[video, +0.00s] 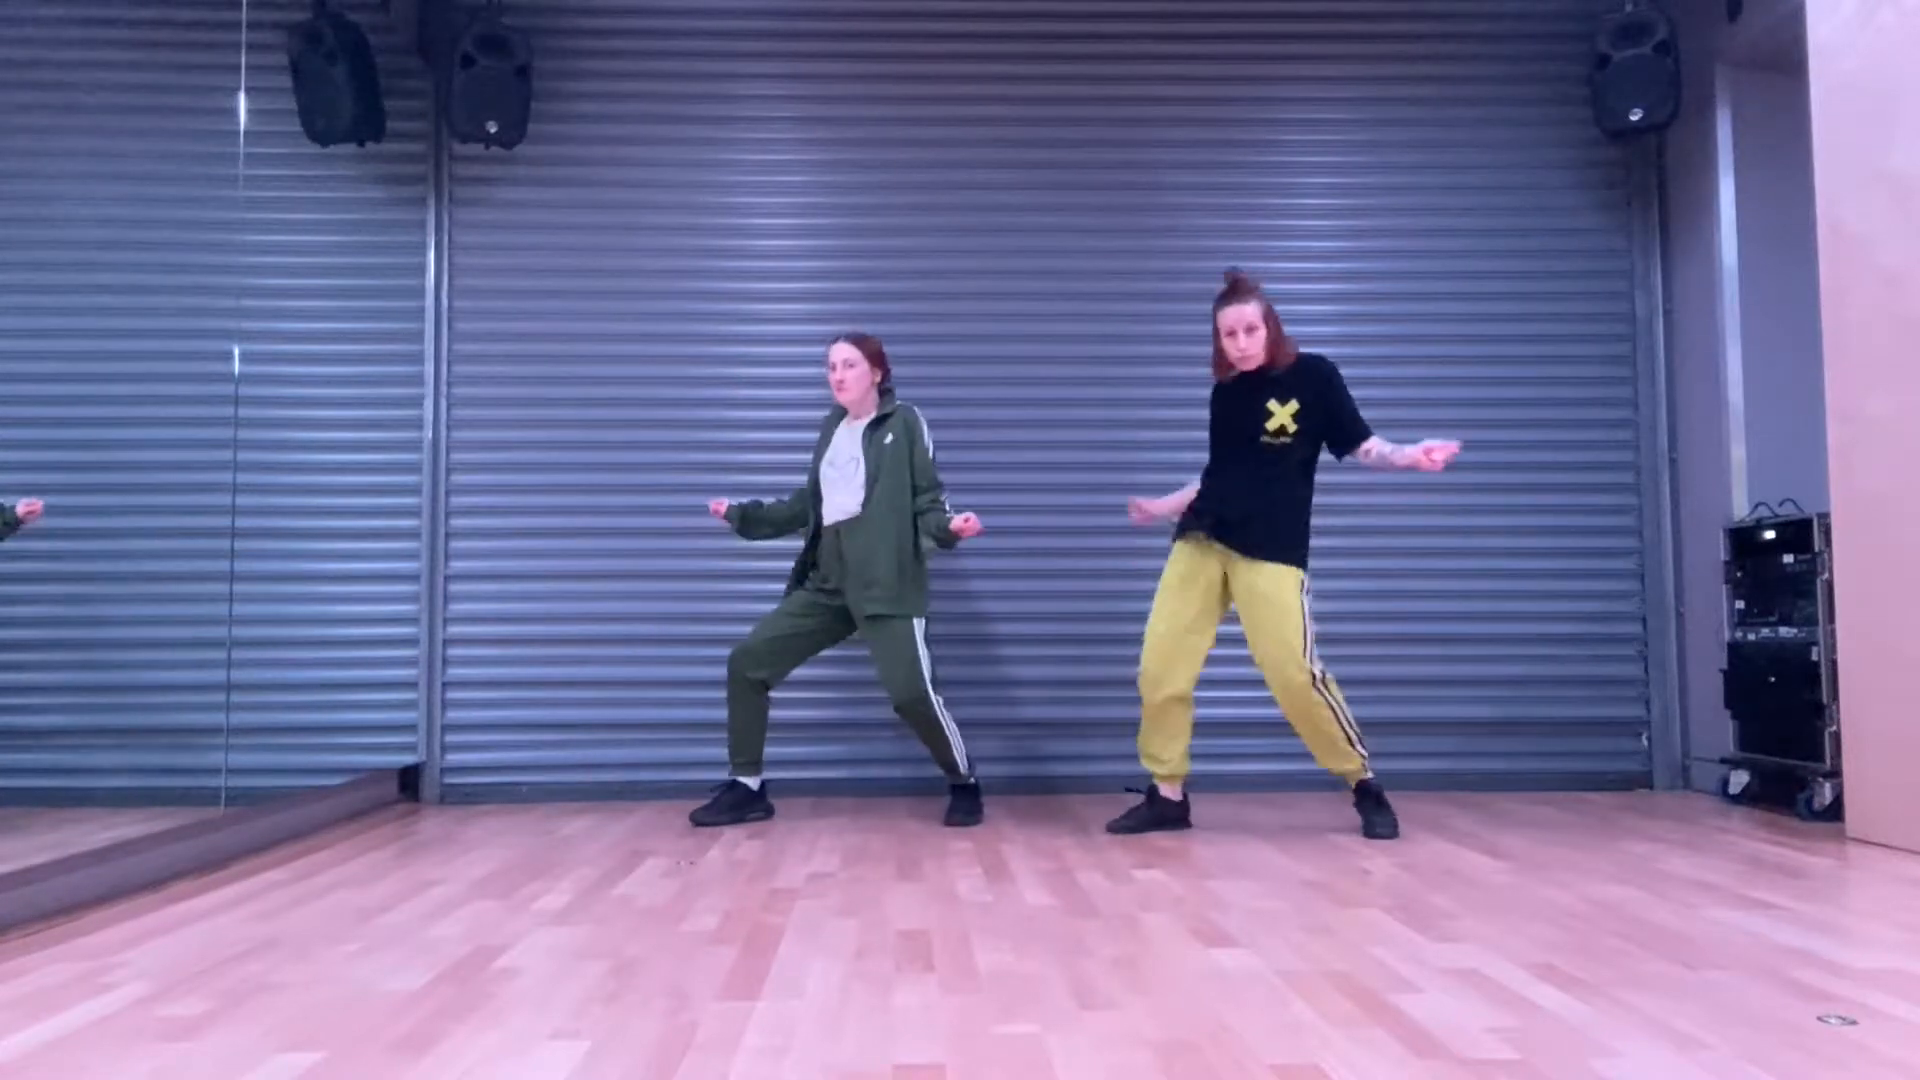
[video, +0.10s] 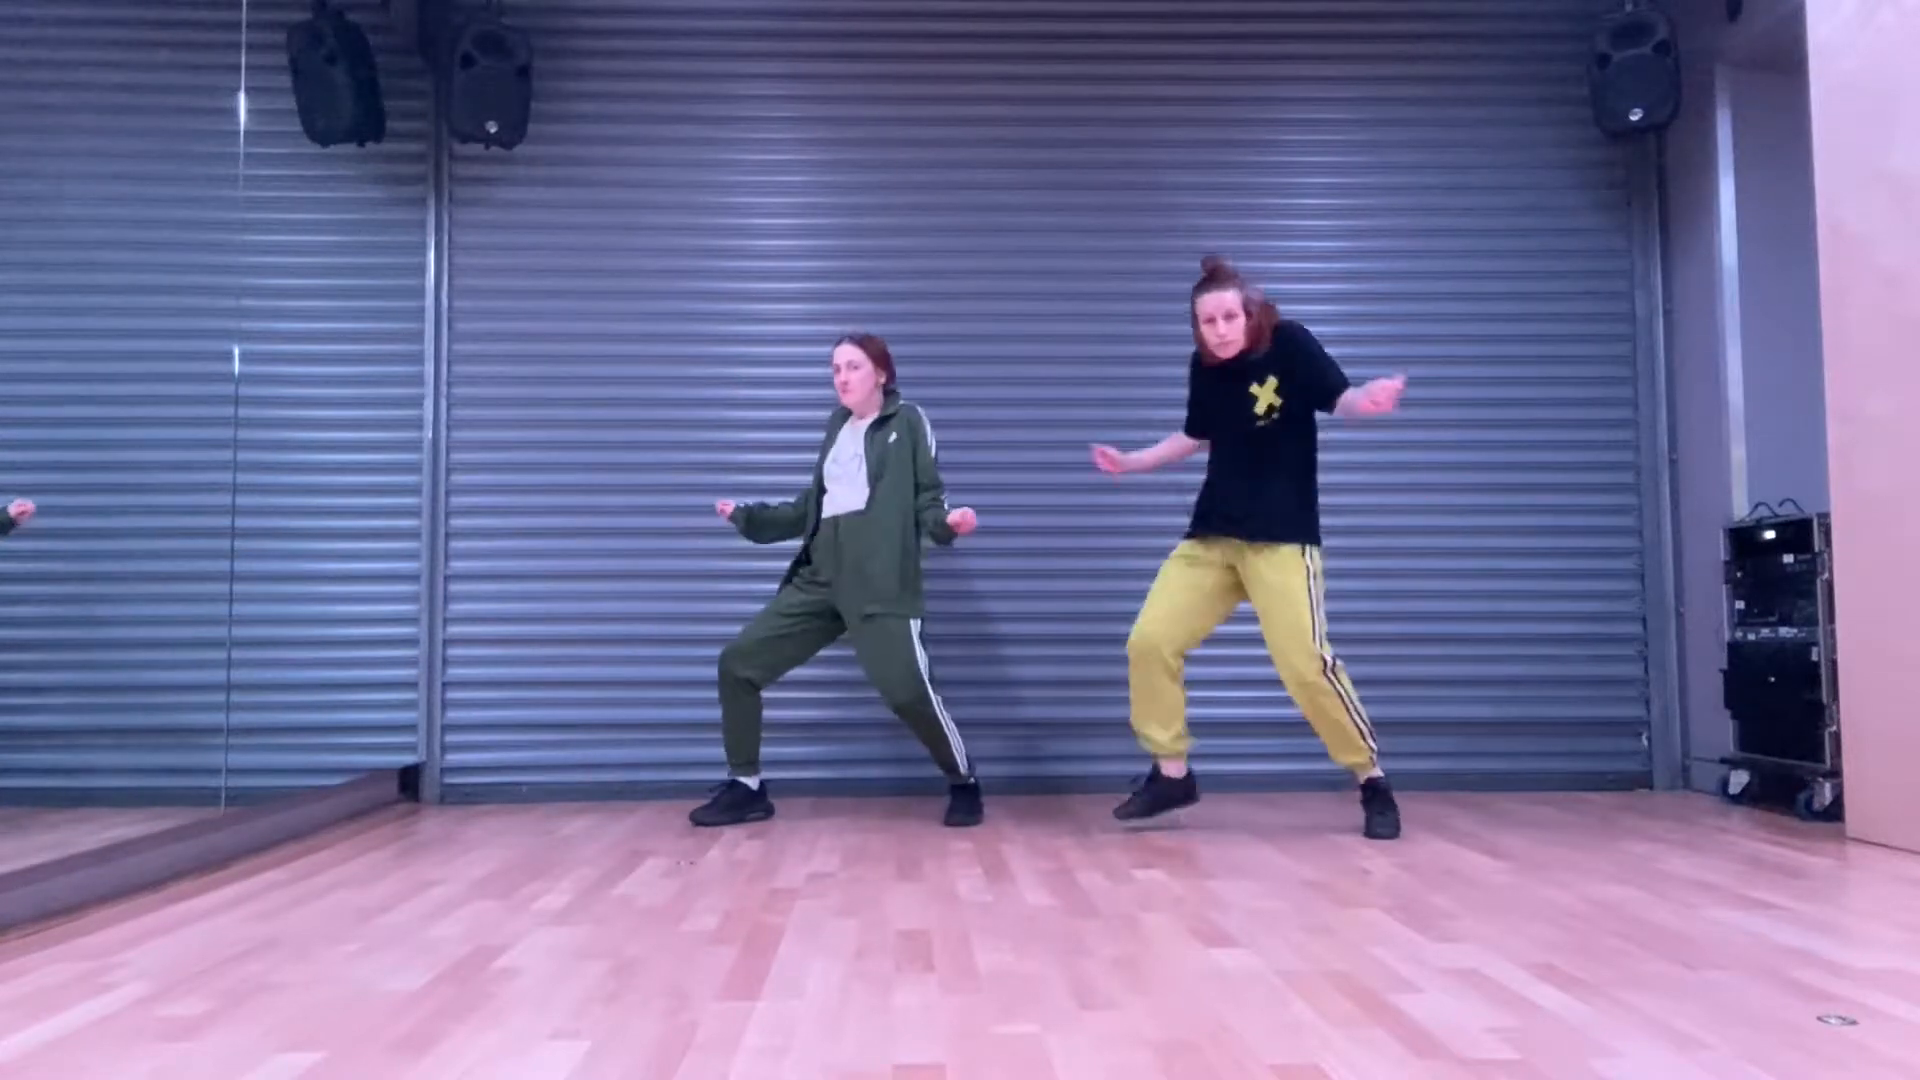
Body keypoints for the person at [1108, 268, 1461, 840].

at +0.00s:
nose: (1240, 344)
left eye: (1250, 330)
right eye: (1229, 334)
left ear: (1271, 328)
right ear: (1218, 339)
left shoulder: (1314, 378)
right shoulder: (1225, 394)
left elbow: (1360, 447)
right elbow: (1219, 481)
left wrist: (1411, 457)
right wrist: (1163, 507)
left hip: (1268, 551)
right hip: (1200, 540)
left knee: (1292, 678)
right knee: (1162, 668)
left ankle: (1364, 790)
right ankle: (1167, 798)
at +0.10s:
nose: (1217, 331)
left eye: (1228, 317)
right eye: (1206, 320)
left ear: (1251, 314)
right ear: (1194, 323)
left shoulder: (1288, 344)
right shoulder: (1203, 367)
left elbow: (1338, 398)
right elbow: (1194, 437)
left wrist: (1369, 399)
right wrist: (1130, 462)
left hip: (1281, 541)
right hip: (1211, 538)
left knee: (1304, 665)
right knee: (1149, 642)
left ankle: (1372, 783)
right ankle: (1171, 777)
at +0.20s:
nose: (1191, 319)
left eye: (1201, 306)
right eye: (1180, 308)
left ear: (1219, 306)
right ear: (1167, 311)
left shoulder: (1246, 337)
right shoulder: (1172, 363)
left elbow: (1296, 388)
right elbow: (1151, 435)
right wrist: (1095, 470)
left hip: (1286, 531)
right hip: (1217, 534)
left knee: (1311, 664)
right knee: (1168, 645)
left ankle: (1370, 785)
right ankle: (1181, 784)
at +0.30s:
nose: (1174, 303)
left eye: (1185, 292)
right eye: (1165, 291)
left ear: (1201, 295)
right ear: (1149, 294)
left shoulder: (1214, 339)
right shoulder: (1141, 362)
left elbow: (1237, 396)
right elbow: (1124, 449)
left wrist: (1227, 424)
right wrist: (1085, 501)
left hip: (1276, 519)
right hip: (1209, 534)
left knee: (1322, 651)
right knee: (1206, 662)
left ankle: (1374, 780)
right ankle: (1181, 797)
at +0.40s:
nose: (1168, 293)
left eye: (1179, 283)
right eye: (1158, 282)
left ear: (1193, 289)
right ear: (1141, 289)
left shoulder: (1202, 344)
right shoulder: (1132, 367)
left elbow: (1217, 418)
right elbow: (1130, 457)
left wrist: (1222, 470)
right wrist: (1105, 523)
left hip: (1244, 523)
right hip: (1180, 537)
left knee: (1300, 645)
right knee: (1192, 666)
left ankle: (1365, 775)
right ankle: (1179, 797)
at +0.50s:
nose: (1160, 306)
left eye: (1170, 293)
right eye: (1149, 296)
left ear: (1187, 293)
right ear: (1133, 300)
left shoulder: (1209, 354)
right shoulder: (1146, 363)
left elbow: (1238, 439)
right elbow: (1148, 455)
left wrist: (1261, 499)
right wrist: (1131, 531)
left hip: (1200, 537)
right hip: (1145, 540)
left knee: (1246, 659)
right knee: (1169, 671)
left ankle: (1325, 776)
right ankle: (1173, 799)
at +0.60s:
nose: (1140, 332)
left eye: (1150, 319)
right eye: (1129, 321)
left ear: (1172, 313)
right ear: (1117, 321)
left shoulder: (1210, 353)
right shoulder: (1140, 374)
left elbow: (1258, 417)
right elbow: (1148, 447)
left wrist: (1285, 460)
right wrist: (1114, 487)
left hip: (1169, 536)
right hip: (1120, 540)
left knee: (1176, 664)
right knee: (1141, 668)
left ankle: (1267, 781)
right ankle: (1169, 799)